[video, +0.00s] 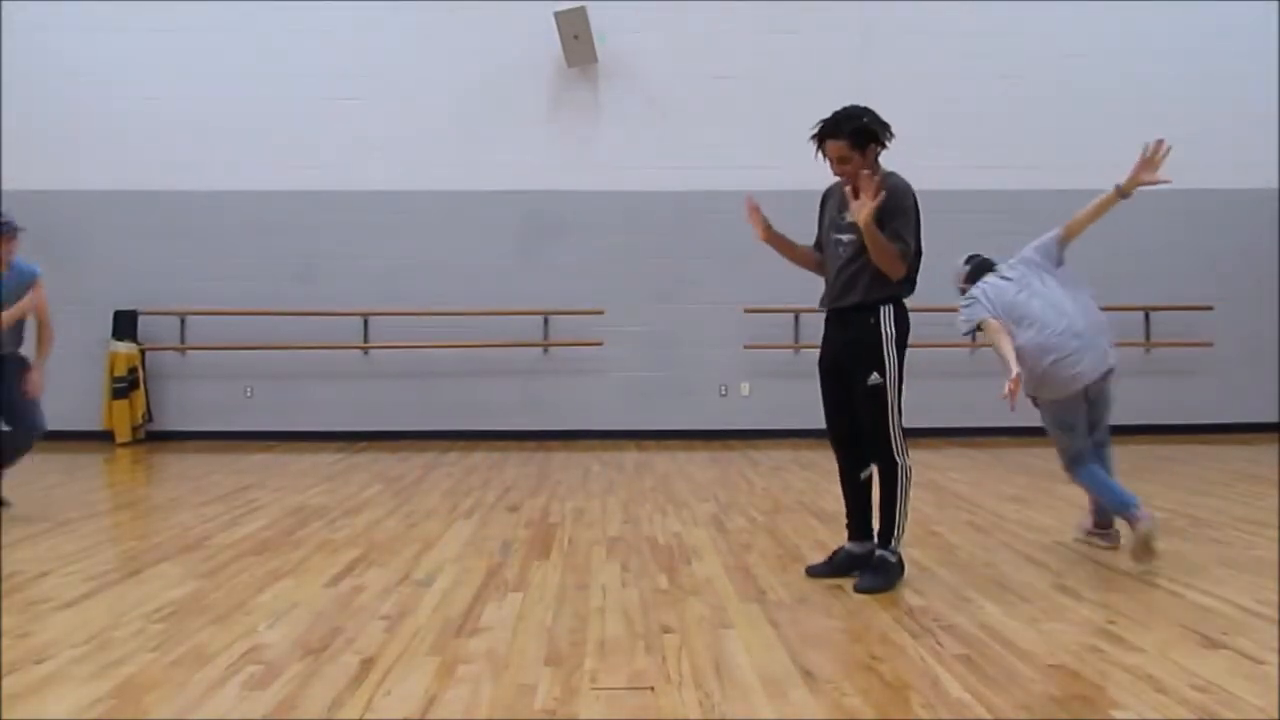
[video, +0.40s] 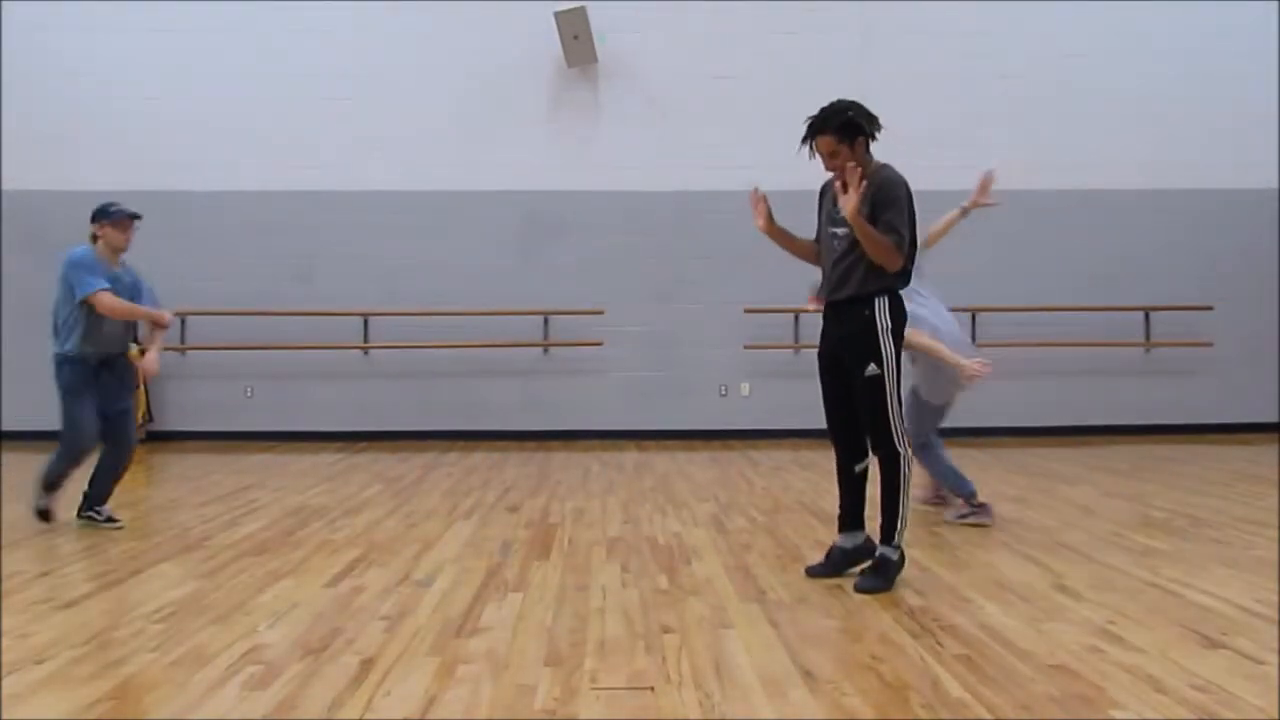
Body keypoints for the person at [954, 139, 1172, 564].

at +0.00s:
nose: (964, 292)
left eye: (964, 289)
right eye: (964, 287)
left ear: (970, 284)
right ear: (994, 265)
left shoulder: (976, 297)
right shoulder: (1028, 258)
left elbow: (995, 329)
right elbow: (1074, 226)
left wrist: (1012, 367)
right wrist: (1127, 186)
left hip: (1057, 377)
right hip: (1099, 357)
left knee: (1078, 462)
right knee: (1098, 443)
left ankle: (1134, 513)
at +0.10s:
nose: (930, 305)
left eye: (930, 299)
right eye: (928, 300)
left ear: (940, 290)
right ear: (959, 274)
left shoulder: (950, 301)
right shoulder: (998, 265)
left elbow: (981, 332)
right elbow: (1045, 232)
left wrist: (1010, 368)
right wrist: (1094, 193)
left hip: (1040, 372)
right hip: (1076, 359)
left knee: (1020, 446)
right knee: (1067, 436)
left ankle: (1075, 506)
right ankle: (1095, 519)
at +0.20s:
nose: (897, 304)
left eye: (893, 298)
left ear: (897, 290)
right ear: (915, 270)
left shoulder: (921, 299)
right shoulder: (955, 267)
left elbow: (956, 325)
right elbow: (1001, 236)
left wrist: (999, 357)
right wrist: (1053, 201)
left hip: (1007, 360)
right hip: (1045, 351)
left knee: (974, 426)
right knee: (1034, 428)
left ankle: (994, 504)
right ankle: (1082, 503)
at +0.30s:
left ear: (879, 274)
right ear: (901, 253)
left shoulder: (899, 301)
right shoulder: (926, 267)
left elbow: (936, 334)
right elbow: (966, 239)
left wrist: (986, 356)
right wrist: (1009, 205)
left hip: (966, 373)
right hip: (995, 359)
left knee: (940, 434)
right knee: (979, 427)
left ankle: (975, 502)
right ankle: (1035, 482)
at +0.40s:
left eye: (824, 302)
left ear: (844, 293)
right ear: (873, 261)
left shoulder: (878, 311)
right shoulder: (898, 268)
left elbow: (920, 341)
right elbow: (929, 236)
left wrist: (960, 364)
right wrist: (968, 206)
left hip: (934, 372)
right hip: (954, 358)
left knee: (920, 441)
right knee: (926, 425)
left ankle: (970, 501)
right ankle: (935, 486)